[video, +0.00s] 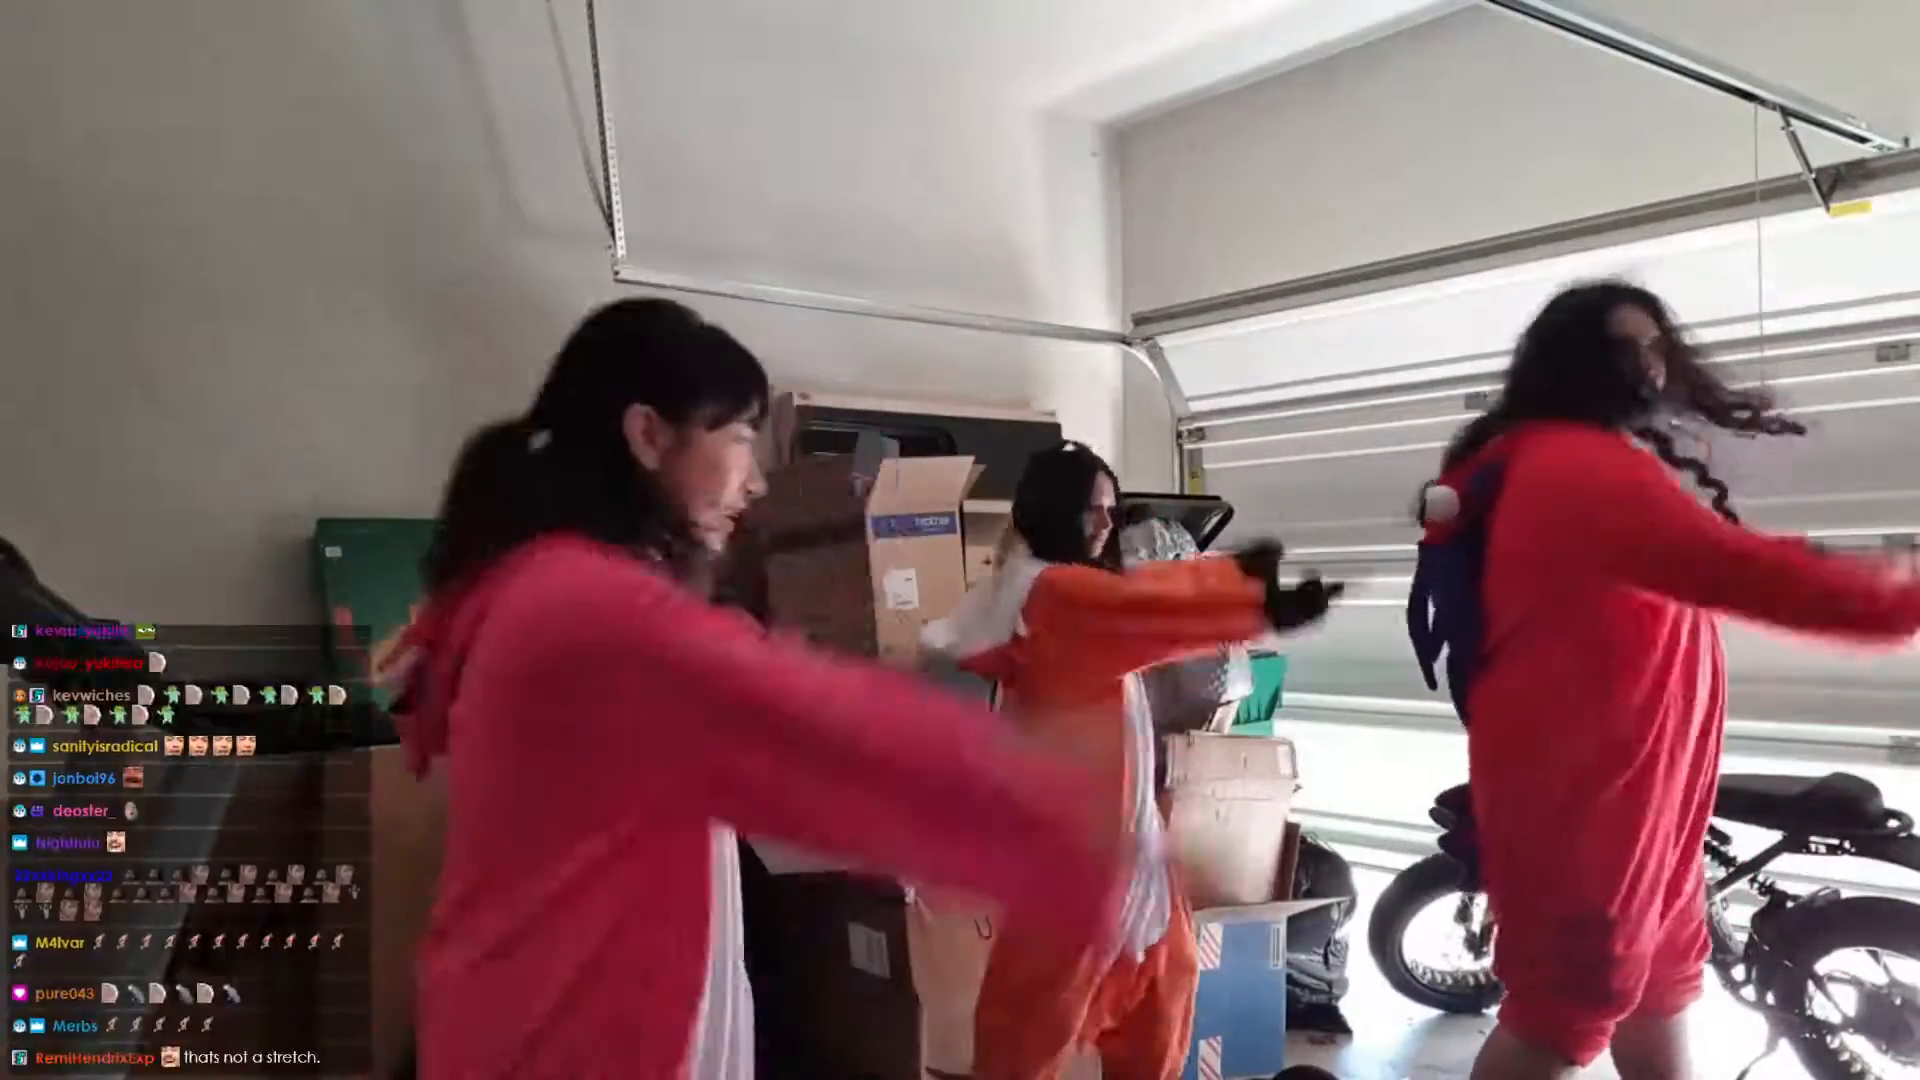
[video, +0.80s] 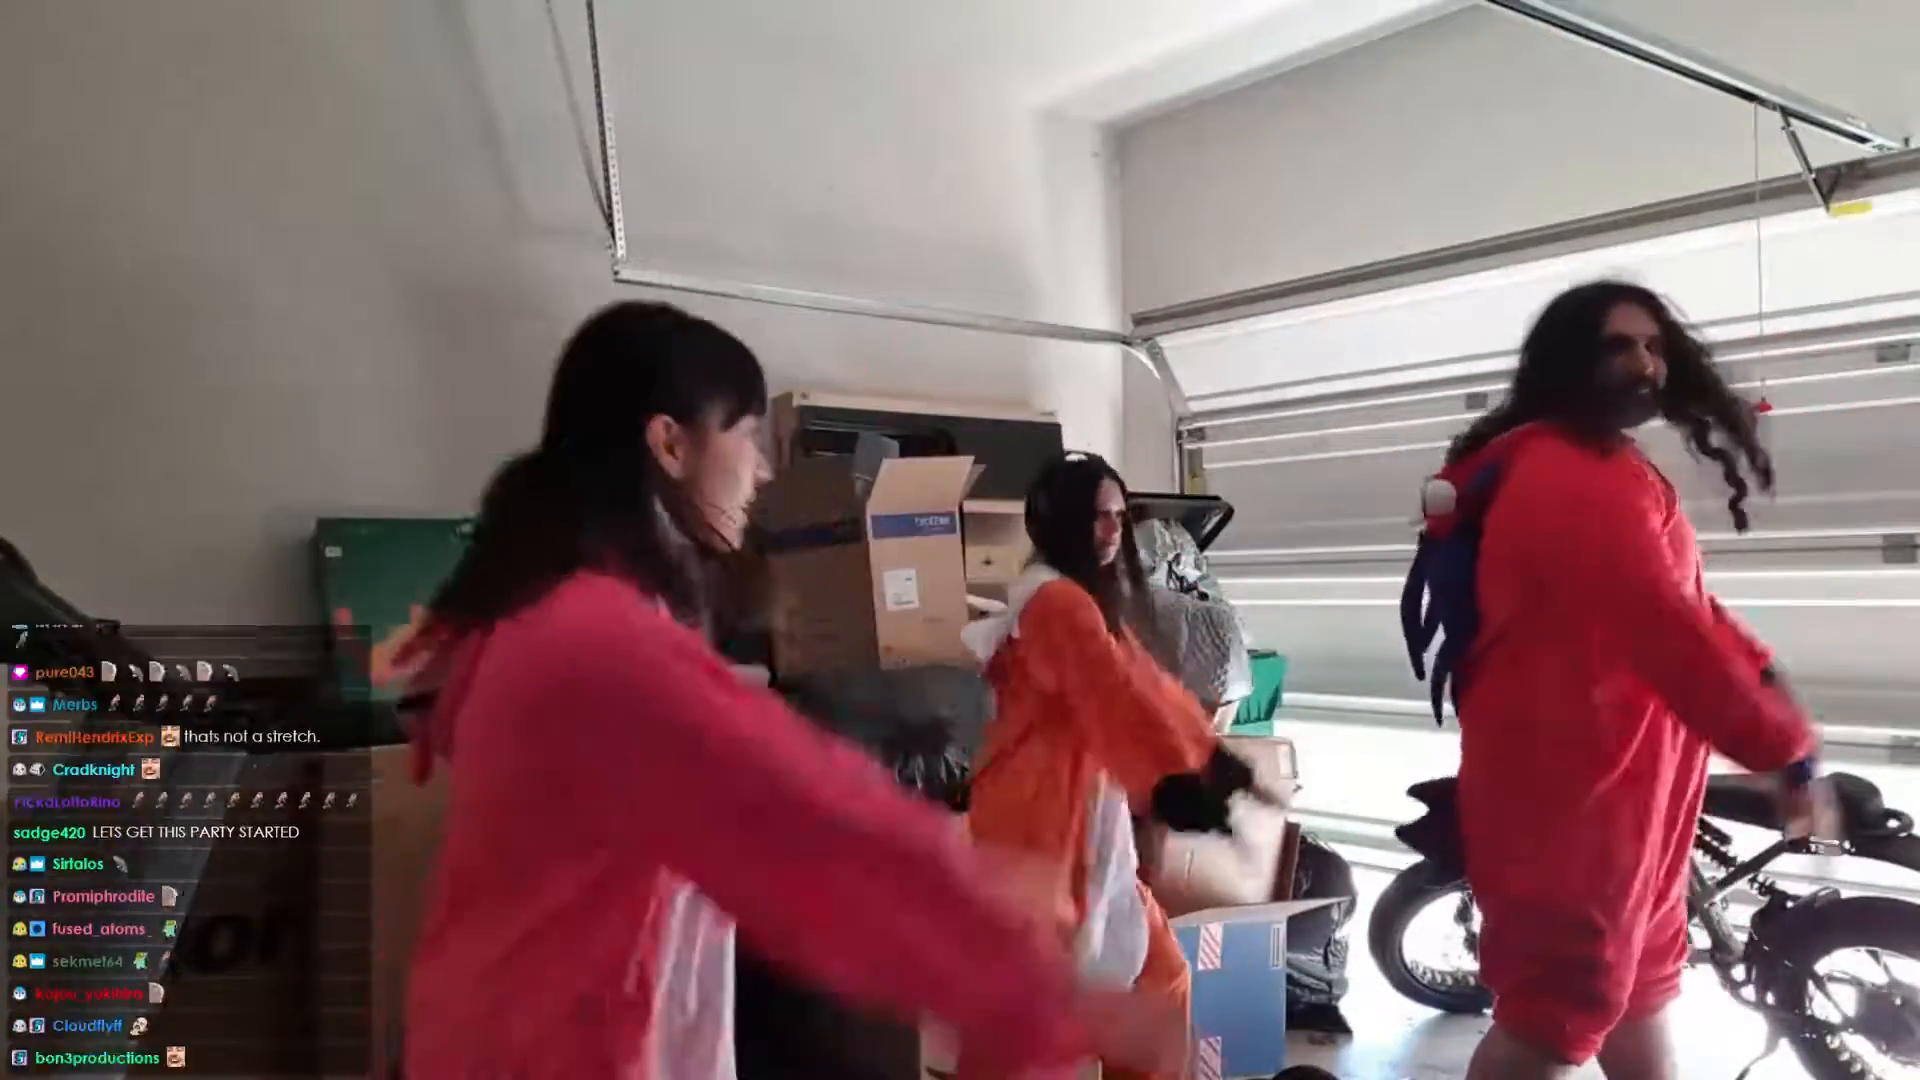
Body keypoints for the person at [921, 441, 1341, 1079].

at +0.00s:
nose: (1106, 524)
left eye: (1111, 510)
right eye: (1094, 509)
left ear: (1112, 511)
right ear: (1058, 512)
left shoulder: (1079, 587)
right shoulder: (1050, 590)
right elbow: (1149, 603)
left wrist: (1238, 570)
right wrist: (1266, 607)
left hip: (1130, 819)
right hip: (1074, 827)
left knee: (1170, 968)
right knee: (1041, 996)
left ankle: (1151, 1071)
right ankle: (1009, 1068)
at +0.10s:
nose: (1108, 520)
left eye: (1109, 508)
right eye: (1093, 508)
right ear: (1053, 520)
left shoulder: (1085, 594)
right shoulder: (1062, 604)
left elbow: (1140, 554)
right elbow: (1164, 590)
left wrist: (1187, 501)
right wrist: (1236, 536)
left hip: (1140, 810)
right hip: (1091, 816)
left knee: (1186, 967)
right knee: (1069, 977)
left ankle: (1150, 1068)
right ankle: (1028, 1065)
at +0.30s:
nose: (1127, 544)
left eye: (1126, 532)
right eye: (1115, 533)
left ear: (1060, 543)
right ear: (1084, 539)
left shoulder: (1097, 615)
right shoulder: (1071, 622)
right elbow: (1148, 590)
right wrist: (1184, 525)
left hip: (1146, 815)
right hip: (1099, 826)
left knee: (1217, 971)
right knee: (1101, 991)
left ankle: (1184, 1073)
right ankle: (1058, 1071)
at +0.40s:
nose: (1126, 516)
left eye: (1128, 503)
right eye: (1115, 503)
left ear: (1054, 510)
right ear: (1079, 507)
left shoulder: (1054, 580)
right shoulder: (1061, 584)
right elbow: (1155, 606)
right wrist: (1244, 584)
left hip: (1101, 784)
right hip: (1061, 790)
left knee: (1154, 911)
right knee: (1057, 938)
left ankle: (1165, 1058)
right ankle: (1019, 1067)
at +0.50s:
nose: (1132, 521)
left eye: (1135, 507)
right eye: (1118, 506)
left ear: (1137, 510)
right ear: (1078, 510)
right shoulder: (1064, 585)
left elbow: (1191, 622)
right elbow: (1151, 620)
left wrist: (1257, 659)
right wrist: (1248, 651)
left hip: (1091, 804)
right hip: (1037, 806)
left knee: (1129, 927)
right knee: (1028, 959)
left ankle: (1142, 1061)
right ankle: (1002, 1068)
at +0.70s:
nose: (1133, 563)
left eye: (1136, 549)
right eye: (1119, 549)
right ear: (1084, 551)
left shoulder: (1080, 628)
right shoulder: (1068, 631)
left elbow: (1112, 752)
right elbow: (1070, 755)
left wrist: (1126, 867)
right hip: (1004, 843)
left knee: (1154, 974)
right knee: (1021, 1013)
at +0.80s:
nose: (1113, 531)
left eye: (1119, 518)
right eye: (1099, 518)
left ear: (1124, 521)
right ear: (1063, 522)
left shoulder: (1082, 599)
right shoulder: (1057, 600)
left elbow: (1153, 685)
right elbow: (1128, 698)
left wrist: (1225, 759)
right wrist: (1227, 774)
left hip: (1081, 825)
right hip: (1031, 823)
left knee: (1163, 971)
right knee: (1034, 980)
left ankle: (1155, 1073)